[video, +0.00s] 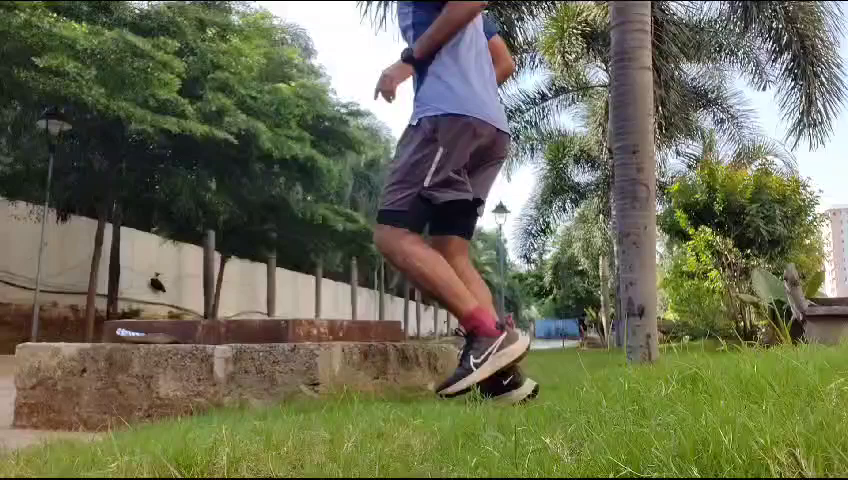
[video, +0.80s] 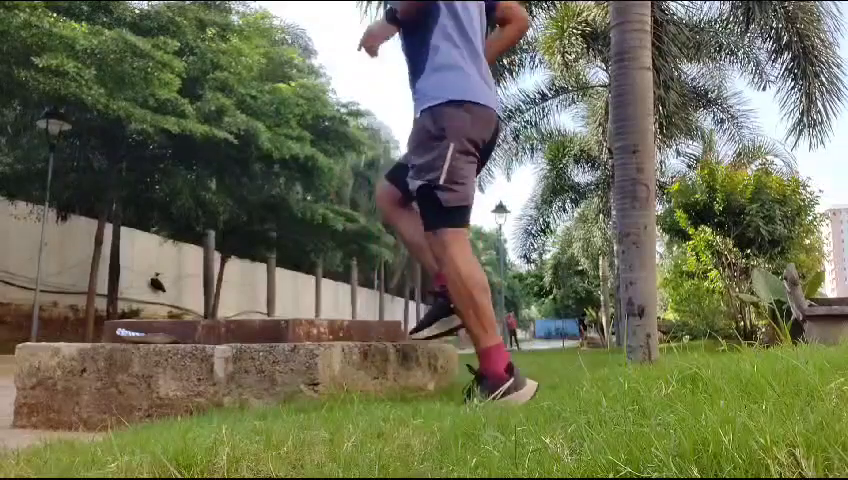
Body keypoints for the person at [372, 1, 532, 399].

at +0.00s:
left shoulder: (423, 3)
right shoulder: (468, 13)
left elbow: (470, 4)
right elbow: (504, 61)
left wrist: (409, 60)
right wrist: (453, 91)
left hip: (448, 111)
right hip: (492, 123)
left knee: (392, 235)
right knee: (451, 249)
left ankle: (487, 331)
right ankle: (504, 376)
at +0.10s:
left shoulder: (422, 4)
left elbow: (469, 9)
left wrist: (412, 74)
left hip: (452, 120)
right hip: (496, 134)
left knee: (358, 211)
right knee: (452, 255)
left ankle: (452, 286)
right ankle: (503, 374)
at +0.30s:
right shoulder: (462, 6)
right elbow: (477, 34)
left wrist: (390, 32)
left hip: (426, 77)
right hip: (475, 92)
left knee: (354, 188)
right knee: (441, 217)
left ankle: (394, 305)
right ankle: (490, 337)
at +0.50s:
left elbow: (368, 8)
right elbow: (485, 4)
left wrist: (353, 20)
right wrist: (452, 30)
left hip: (426, 50)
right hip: (472, 58)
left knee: (394, 176)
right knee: (421, 184)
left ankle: (408, 306)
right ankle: (431, 306)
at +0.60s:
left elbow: (366, 3)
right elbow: (494, 3)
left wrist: (354, 10)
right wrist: (457, 30)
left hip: (428, 55)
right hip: (469, 66)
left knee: (393, 180)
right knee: (423, 190)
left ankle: (454, 299)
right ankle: (425, 305)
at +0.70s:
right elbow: (500, 2)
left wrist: (365, 0)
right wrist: (459, 24)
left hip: (443, 59)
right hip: (476, 68)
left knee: (420, 197)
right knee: (402, 186)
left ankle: (474, 328)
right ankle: (428, 302)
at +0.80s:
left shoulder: (413, 0)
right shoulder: (475, 3)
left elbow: (416, 5)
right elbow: (518, 20)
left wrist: (382, 29)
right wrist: (476, 61)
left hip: (446, 105)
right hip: (486, 110)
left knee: (451, 242)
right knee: (390, 196)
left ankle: (499, 374)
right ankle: (448, 290)